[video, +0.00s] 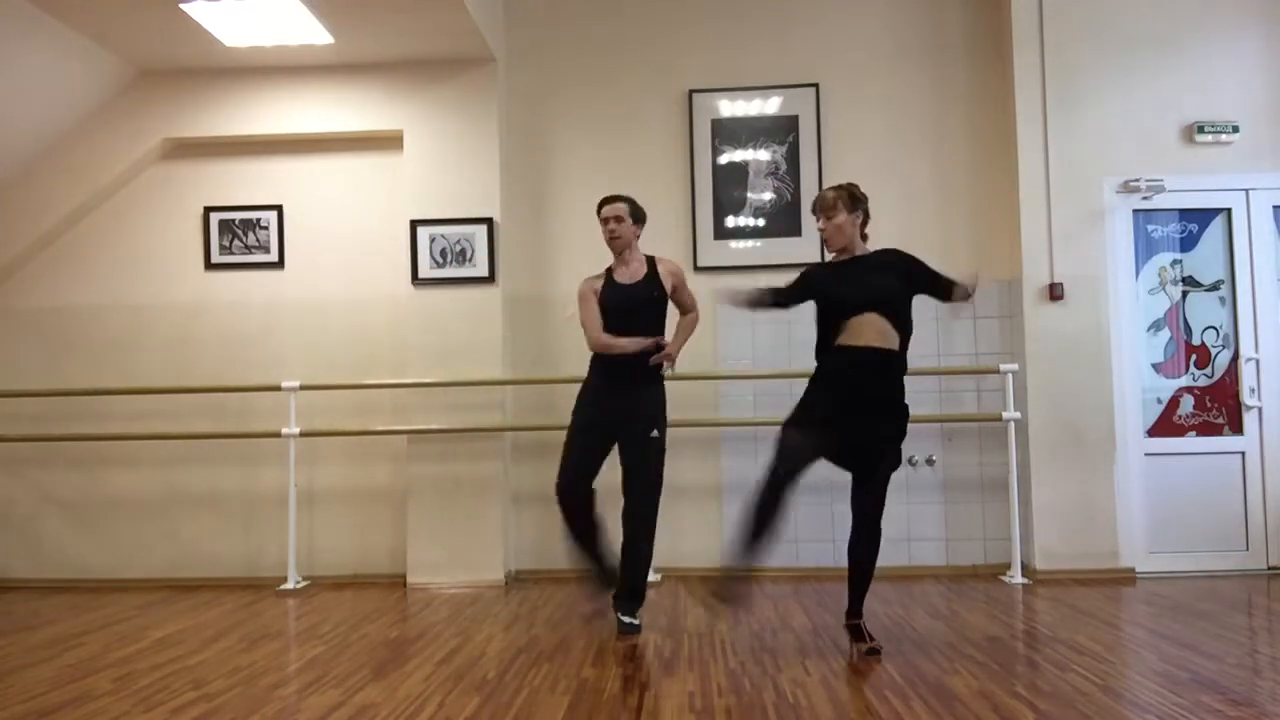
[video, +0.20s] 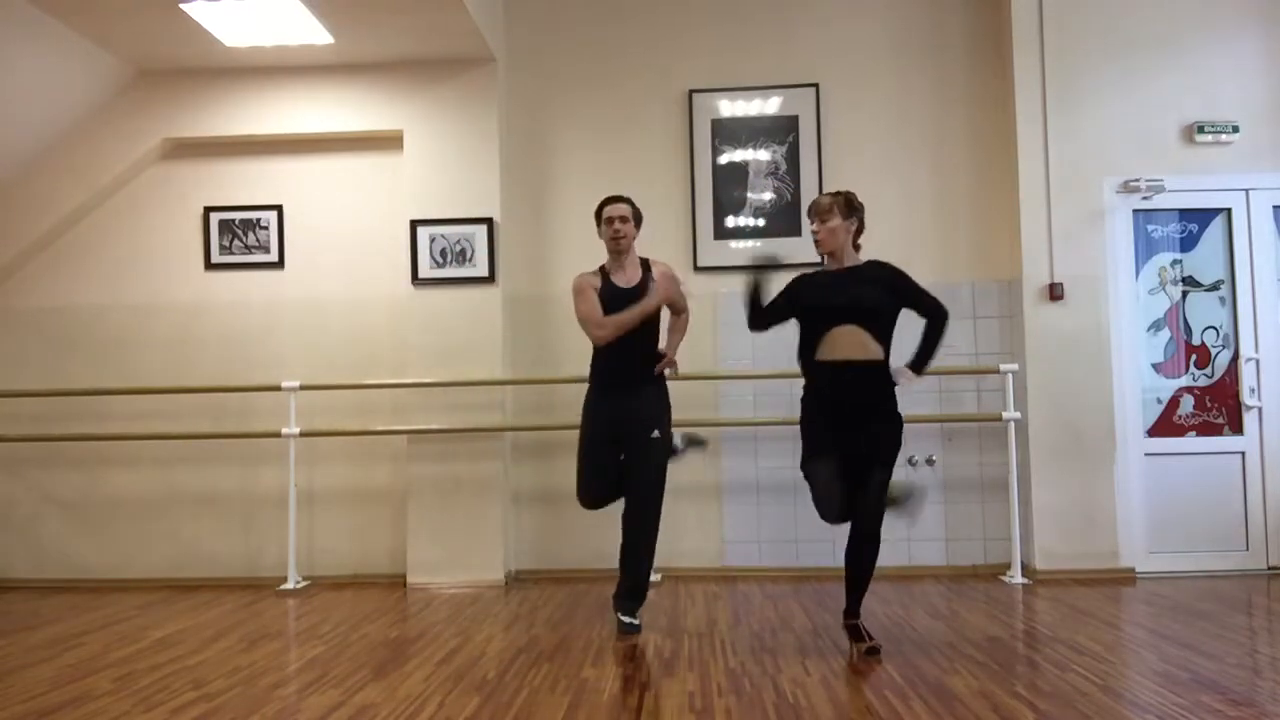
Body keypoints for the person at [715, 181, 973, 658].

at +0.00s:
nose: (824, 225)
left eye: (833, 215)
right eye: (821, 217)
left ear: (859, 218)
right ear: (820, 223)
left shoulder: (896, 262)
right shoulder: (820, 275)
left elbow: (949, 291)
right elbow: (782, 297)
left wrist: (963, 289)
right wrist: (740, 297)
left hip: (883, 394)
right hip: (830, 388)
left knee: (868, 513)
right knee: (781, 472)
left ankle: (855, 616)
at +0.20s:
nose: (816, 228)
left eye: (825, 220)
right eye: (814, 222)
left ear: (853, 226)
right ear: (815, 231)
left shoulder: (883, 275)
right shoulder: (804, 285)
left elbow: (937, 314)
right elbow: (757, 322)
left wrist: (916, 366)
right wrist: (754, 281)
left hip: (875, 399)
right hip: (822, 402)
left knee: (867, 515)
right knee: (832, 510)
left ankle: (853, 615)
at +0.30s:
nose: (809, 235)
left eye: (819, 227)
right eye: (807, 228)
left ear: (846, 231)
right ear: (808, 234)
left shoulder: (874, 279)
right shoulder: (802, 288)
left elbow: (922, 321)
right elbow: (768, 327)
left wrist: (895, 363)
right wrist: (724, 311)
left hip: (873, 400)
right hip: (824, 406)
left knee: (868, 516)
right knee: (831, 518)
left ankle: (853, 617)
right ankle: (907, 490)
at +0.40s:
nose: (798, 235)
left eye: (808, 227)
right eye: (798, 228)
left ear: (837, 234)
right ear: (802, 237)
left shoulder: (865, 282)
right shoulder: (792, 291)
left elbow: (907, 326)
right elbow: (782, 342)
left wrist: (889, 368)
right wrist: (813, 309)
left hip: (869, 401)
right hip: (823, 410)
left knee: (857, 518)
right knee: (839, 523)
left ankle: (849, 618)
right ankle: (938, 559)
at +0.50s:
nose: (789, 236)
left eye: (799, 228)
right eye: (788, 229)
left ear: (828, 235)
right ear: (793, 239)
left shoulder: (857, 286)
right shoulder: (781, 292)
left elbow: (898, 330)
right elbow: (796, 338)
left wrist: (878, 371)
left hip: (865, 404)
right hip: (817, 413)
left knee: (856, 522)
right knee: (849, 528)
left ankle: (850, 617)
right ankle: (928, 600)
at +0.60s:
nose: (782, 236)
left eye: (793, 227)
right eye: (783, 229)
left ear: (822, 235)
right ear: (790, 238)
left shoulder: (851, 285)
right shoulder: (777, 290)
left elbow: (889, 328)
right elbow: (792, 330)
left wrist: (870, 371)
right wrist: (821, 276)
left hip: (857, 399)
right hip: (809, 409)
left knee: (855, 520)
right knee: (849, 526)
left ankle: (851, 617)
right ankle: (923, 597)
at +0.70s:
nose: (776, 236)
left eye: (786, 228)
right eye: (775, 229)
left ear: (814, 232)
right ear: (779, 237)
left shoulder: (845, 282)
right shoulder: (774, 289)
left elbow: (892, 323)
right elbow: (776, 328)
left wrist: (866, 367)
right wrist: (810, 279)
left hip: (848, 398)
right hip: (800, 406)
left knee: (853, 516)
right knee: (828, 520)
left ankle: (851, 617)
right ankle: (891, 584)